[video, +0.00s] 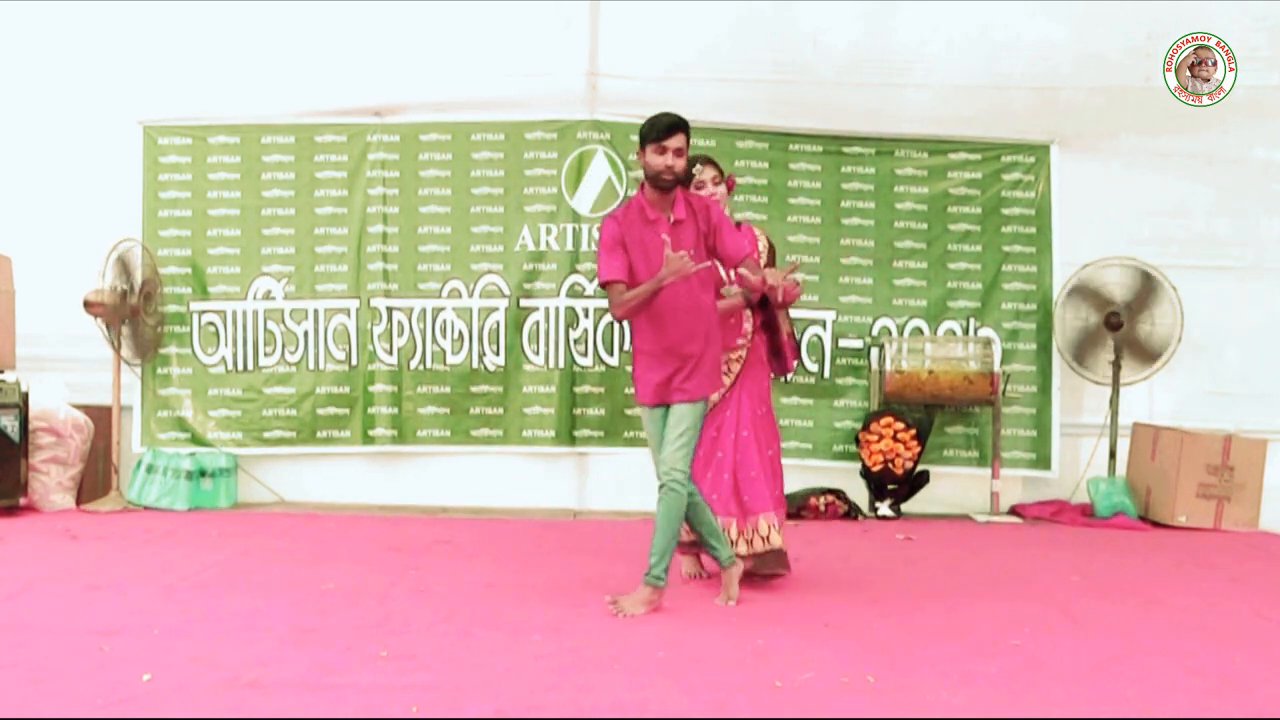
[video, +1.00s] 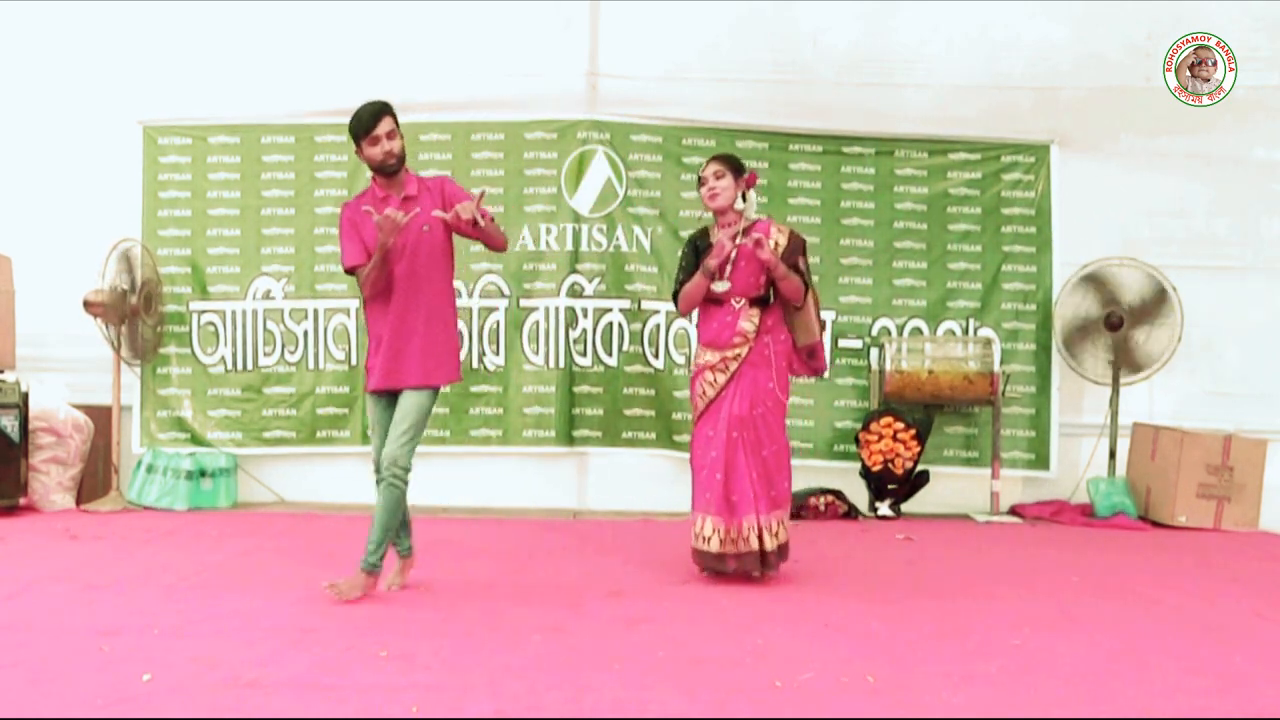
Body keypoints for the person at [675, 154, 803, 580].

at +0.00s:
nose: (709, 190)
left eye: (715, 182)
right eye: (699, 185)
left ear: (728, 187)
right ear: (687, 193)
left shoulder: (753, 238)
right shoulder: (683, 240)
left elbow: (772, 290)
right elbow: (691, 308)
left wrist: (782, 288)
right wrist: (743, 298)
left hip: (749, 352)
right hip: (704, 353)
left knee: (749, 444)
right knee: (706, 448)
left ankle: (756, 543)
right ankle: (696, 543)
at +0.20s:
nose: (718, 197)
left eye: (725, 189)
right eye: (708, 192)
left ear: (740, 195)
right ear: (699, 205)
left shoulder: (765, 244)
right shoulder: (697, 257)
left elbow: (791, 305)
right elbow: (712, 313)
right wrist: (745, 273)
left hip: (768, 358)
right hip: (722, 362)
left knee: (769, 449)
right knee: (721, 452)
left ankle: (769, 551)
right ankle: (698, 541)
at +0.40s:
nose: (731, 201)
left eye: (739, 193)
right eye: (722, 197)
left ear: (756, 200)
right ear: (716, 210)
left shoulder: (784, 248)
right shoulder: (718, 259)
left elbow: (818, 301)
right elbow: (721, 319)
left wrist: (804, 265)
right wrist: (746, 276)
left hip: (789, 364)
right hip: (744, 368)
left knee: (790, 454)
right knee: (749, 455)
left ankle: (790, 553)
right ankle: (749, 552)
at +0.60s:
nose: (734, 197)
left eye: (742, 188)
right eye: (726, 193)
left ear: (762, 193)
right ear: (721, 204)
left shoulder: (789, 242)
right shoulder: (721, 252)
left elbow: (818, 301)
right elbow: (720, 311)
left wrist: (803, 261)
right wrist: (745, 270)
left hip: (789, 359)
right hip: (743, 362)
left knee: (789, 448)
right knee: (747, 451)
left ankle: (796, 549)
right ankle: (753, 548)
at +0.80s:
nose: (729, 207)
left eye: (738, 199)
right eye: (722, 202)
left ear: (759, 205)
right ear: (717, 214)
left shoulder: (788, 256)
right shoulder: (717, 264)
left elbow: (814, 312)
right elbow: (711, 325)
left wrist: (793, 277)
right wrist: (735, 281)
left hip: (786, 370)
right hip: (738, 373)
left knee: (783, 456)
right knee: (737, 459)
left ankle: (788, 554)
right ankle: (746, 555)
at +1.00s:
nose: (709, 187)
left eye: (718, 179)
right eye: (703, 183)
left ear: (742, 184)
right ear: (700, 194)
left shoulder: (775, 237)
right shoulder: (699, 243)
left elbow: (798, 298)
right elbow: (683, 304)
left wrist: (772, 264)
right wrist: (712, 263)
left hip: (763, 351)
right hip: (715, 353)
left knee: (753, 437)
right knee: (713, 440)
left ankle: (757, 544)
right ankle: (720, 545)